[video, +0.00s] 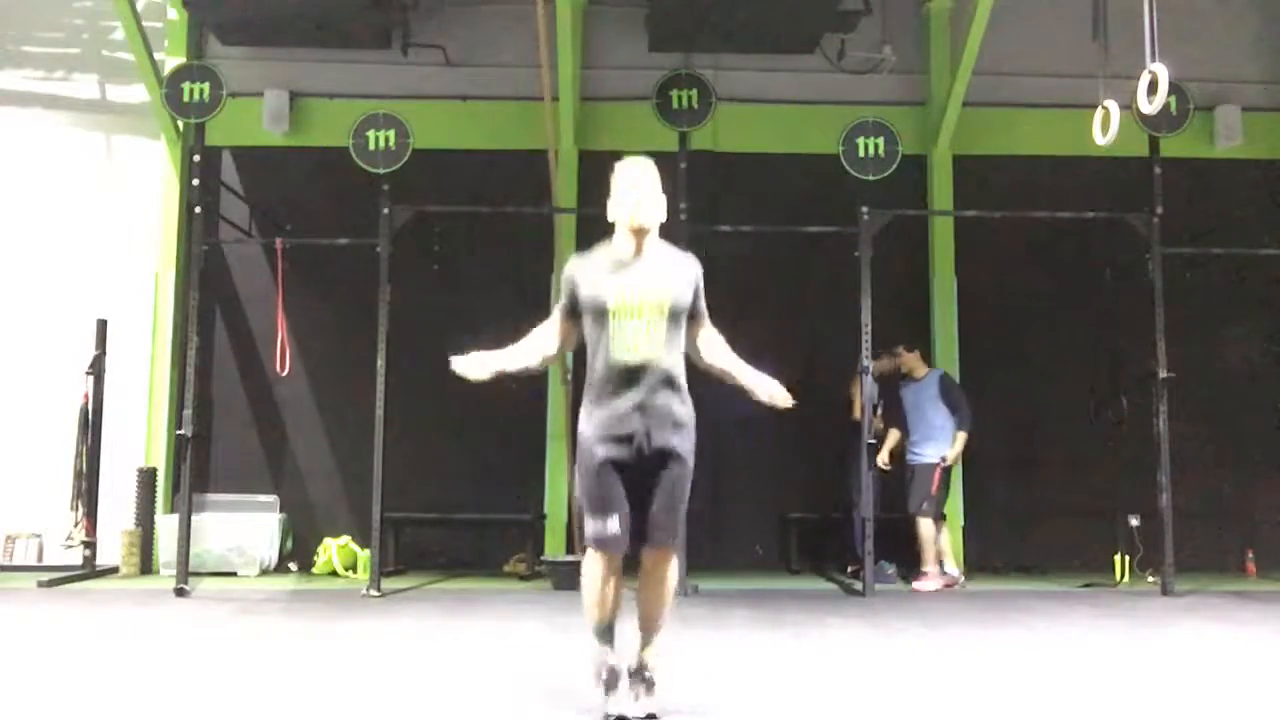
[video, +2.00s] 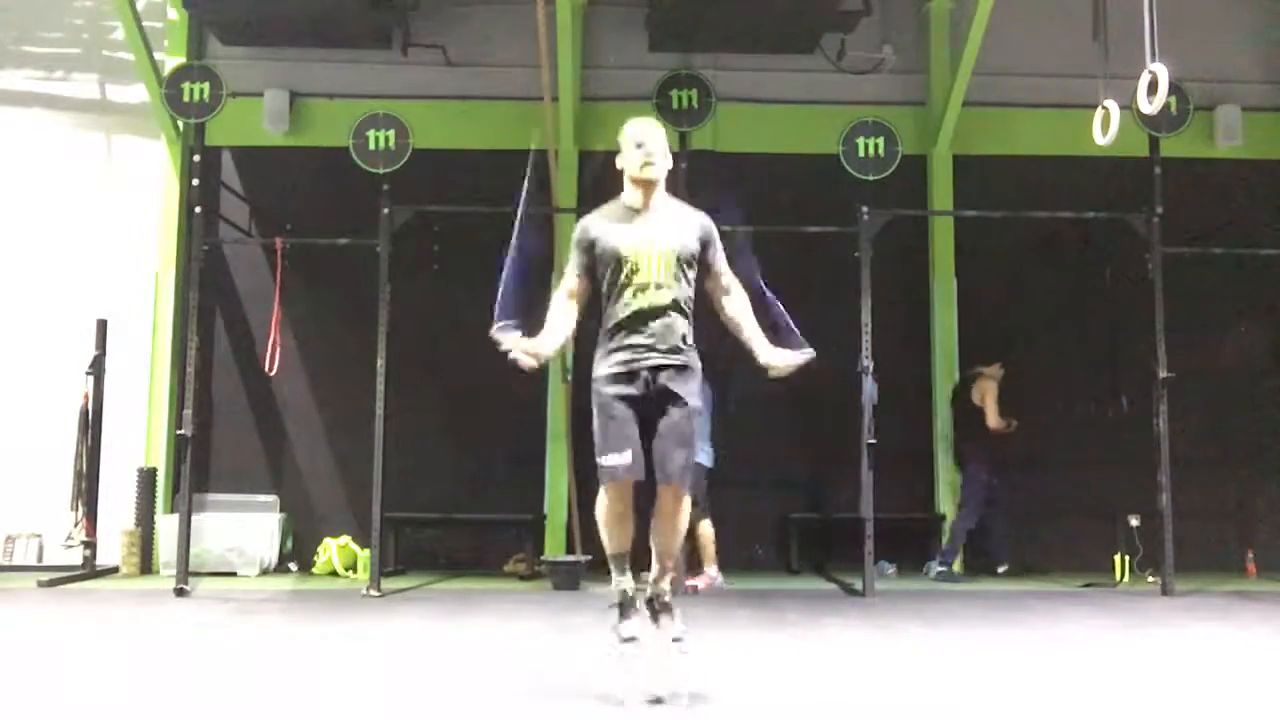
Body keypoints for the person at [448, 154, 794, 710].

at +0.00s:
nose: (642, 201)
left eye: (650, 191)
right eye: (632, 191)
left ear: (663, 202)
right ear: (612, 202)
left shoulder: (685, 269)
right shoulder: (582, 269)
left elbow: (704, 339)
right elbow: (554, 338)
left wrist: (752, 378)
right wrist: (496, 360)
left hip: (670, 421)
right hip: (603, 422)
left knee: (661, 546)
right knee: (606, 542)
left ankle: (644, 663)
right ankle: (604, 653)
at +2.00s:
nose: (648, 154)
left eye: (655, 147)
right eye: (637, 146)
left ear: (670, 159)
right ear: (619, 158)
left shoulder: (696, 224)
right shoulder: (593, 228)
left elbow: (727, 293)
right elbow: (571, 296)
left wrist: (764, 350)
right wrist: (544, 344)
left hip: (678, 364)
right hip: (616, 366)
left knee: (676, 477)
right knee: (618, 475)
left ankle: (662, 595)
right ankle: (623, 595)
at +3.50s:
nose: (649, 219)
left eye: (657, 209)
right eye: (639, 210)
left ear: (669, 217)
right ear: (621, 218)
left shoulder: (694, 281)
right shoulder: (594, 286)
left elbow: (725, 353)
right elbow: (567, 355)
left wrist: (763, 405)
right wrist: (534, 399)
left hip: (678, 433)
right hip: (616, 433)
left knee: (672, 551)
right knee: (615, 548)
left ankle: (661, 660)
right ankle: (620, 658)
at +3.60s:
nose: (647, 175)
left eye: (654, 166)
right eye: (636, 166)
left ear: (667, 176)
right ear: (619, 176)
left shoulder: (696, 238)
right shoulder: (593, 244)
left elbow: (729, 311)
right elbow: (562, 319)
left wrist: (775, 365)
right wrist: (517, 360)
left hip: (678, 385)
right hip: (616, 386)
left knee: (672, 504)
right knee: (617, 501)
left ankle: (662, 614)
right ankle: (618, 613)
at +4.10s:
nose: (649, 203)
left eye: (656, 194)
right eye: (639, 194)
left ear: (670, 203)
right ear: (620, 203)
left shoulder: (694, 267)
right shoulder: (595, 270)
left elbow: (723, 343)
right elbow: (567, 347)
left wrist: (763, 399)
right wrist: (525, 395)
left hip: (679, 409)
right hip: (617, 408)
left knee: (674, 529)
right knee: (616, 526)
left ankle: (667, 642)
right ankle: (620, 643)